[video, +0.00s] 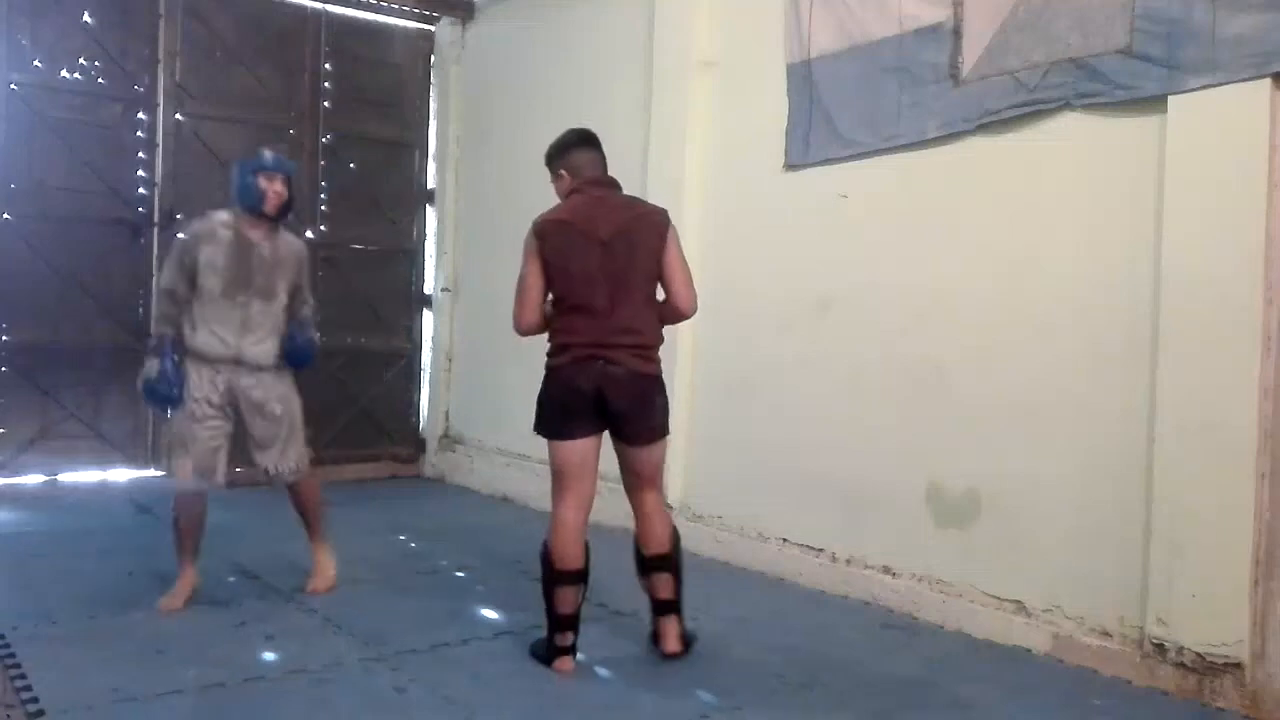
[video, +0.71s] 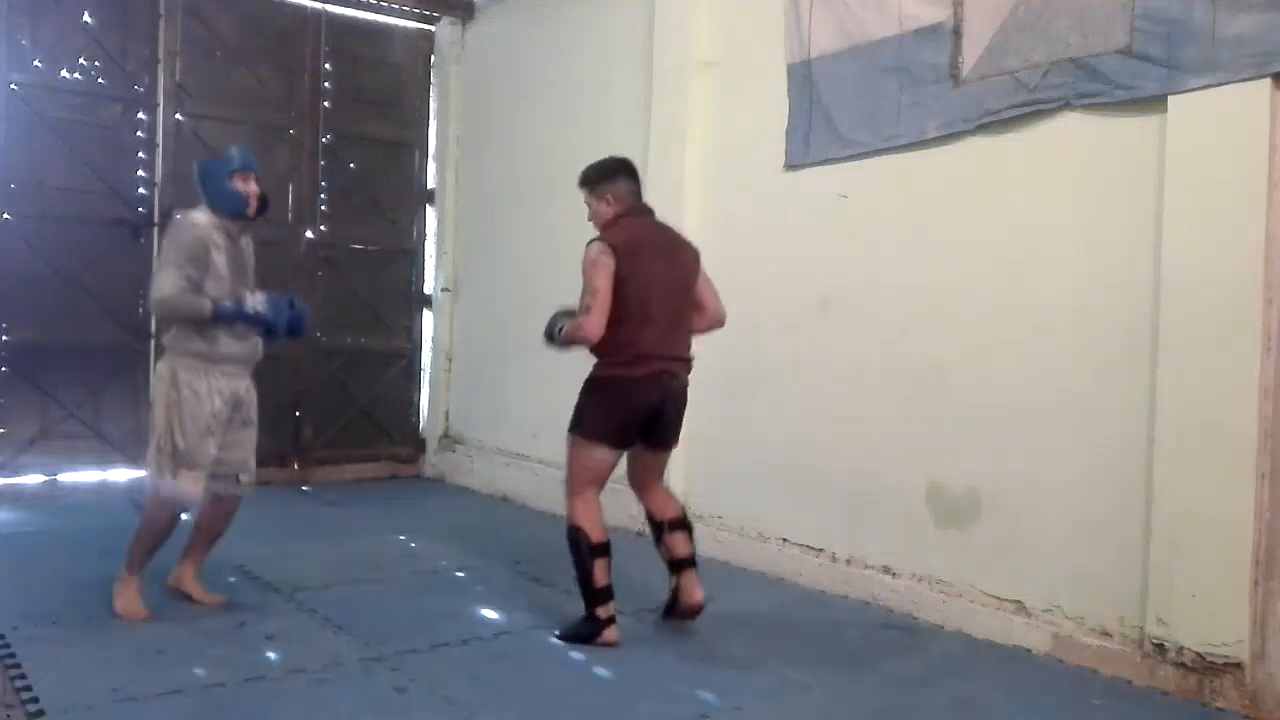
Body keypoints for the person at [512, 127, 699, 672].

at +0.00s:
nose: (551, 187)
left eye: (550, 180)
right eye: (551, 181)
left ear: (562, 176)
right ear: (606, 169)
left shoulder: (547, 228)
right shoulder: (653, 218)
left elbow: (527, 322)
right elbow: (683, 304)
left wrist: (569, 308)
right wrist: (641, 314)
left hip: (571, 384)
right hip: (637, 384)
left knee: (570, 505)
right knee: (648, 496)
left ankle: (563, 648)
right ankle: (670, 631)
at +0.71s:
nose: (588, 214)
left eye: (590, 204)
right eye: (586, 205)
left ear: (611, 200)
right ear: (629, 198)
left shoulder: (605, 246)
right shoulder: (678, 244)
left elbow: (591, 331)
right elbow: (712, 314)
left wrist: (562, 329)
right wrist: (658, 324)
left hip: (617, 387)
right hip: (671, 389)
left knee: (584, 490)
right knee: (649, 482)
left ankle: (601, 618)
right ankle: (688, 587)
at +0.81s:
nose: (600, 189)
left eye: (602, 180)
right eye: (599, 180)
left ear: (620, 176)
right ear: (643, 173)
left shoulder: (619, 222)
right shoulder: (688, 219)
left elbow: (616, 301)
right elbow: (725, 288)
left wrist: (583, 295)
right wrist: (672, 296)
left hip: (635, 363)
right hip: (684, 361)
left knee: (607, 474)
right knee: (664, 463)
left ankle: (602, 603)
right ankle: (709, 576)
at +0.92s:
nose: (618, 185)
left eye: (620, 176)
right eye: (617, 176)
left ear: (638, 172)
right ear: (662, 170)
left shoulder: (637, 215)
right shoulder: (701, 215)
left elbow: (632, 293)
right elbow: (735, 286)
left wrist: (600, 275)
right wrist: (680, 287)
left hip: (651, 357)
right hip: (699, 355)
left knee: (620, 469)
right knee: (683, 461)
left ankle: (625, 598)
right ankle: (727, 575)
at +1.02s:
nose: (634, 208)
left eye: (637, 199)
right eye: (633, 199)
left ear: (657, 195)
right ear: (678, 194)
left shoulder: (659, 239)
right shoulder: (715, 240)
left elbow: (632, 313)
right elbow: (737, 314)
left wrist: (613, 274)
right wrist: (678, 300)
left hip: (663, 381)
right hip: (711, 380)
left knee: (629, 487)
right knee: (694, 478)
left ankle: (638, 614)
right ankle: (748, 586)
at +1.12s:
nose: (647, 221)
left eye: (650, 210)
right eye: (646, 211)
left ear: (675, 206)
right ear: (688, 205)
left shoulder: (684, 248)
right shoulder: (722, 245)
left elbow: (645, 319)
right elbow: (697, 313)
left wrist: (629, 273)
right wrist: (650, 273)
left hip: (684, 384)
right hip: (724, 384)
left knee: (630, 479)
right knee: (703, 485)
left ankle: (636, 608)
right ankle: (750, 594)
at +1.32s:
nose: (664, 192)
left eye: (668, 182)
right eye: (663, 183)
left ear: (693, 177)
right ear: (701, 177)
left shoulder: (704, 214)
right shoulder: (729, 209)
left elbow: (664, 285)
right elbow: (687, 287)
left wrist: (649, 237)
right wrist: (665, 238)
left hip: (710, 352)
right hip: (744, 351)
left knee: (671, 454)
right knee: (724, 458)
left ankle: (699, 575)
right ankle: (760, 571)